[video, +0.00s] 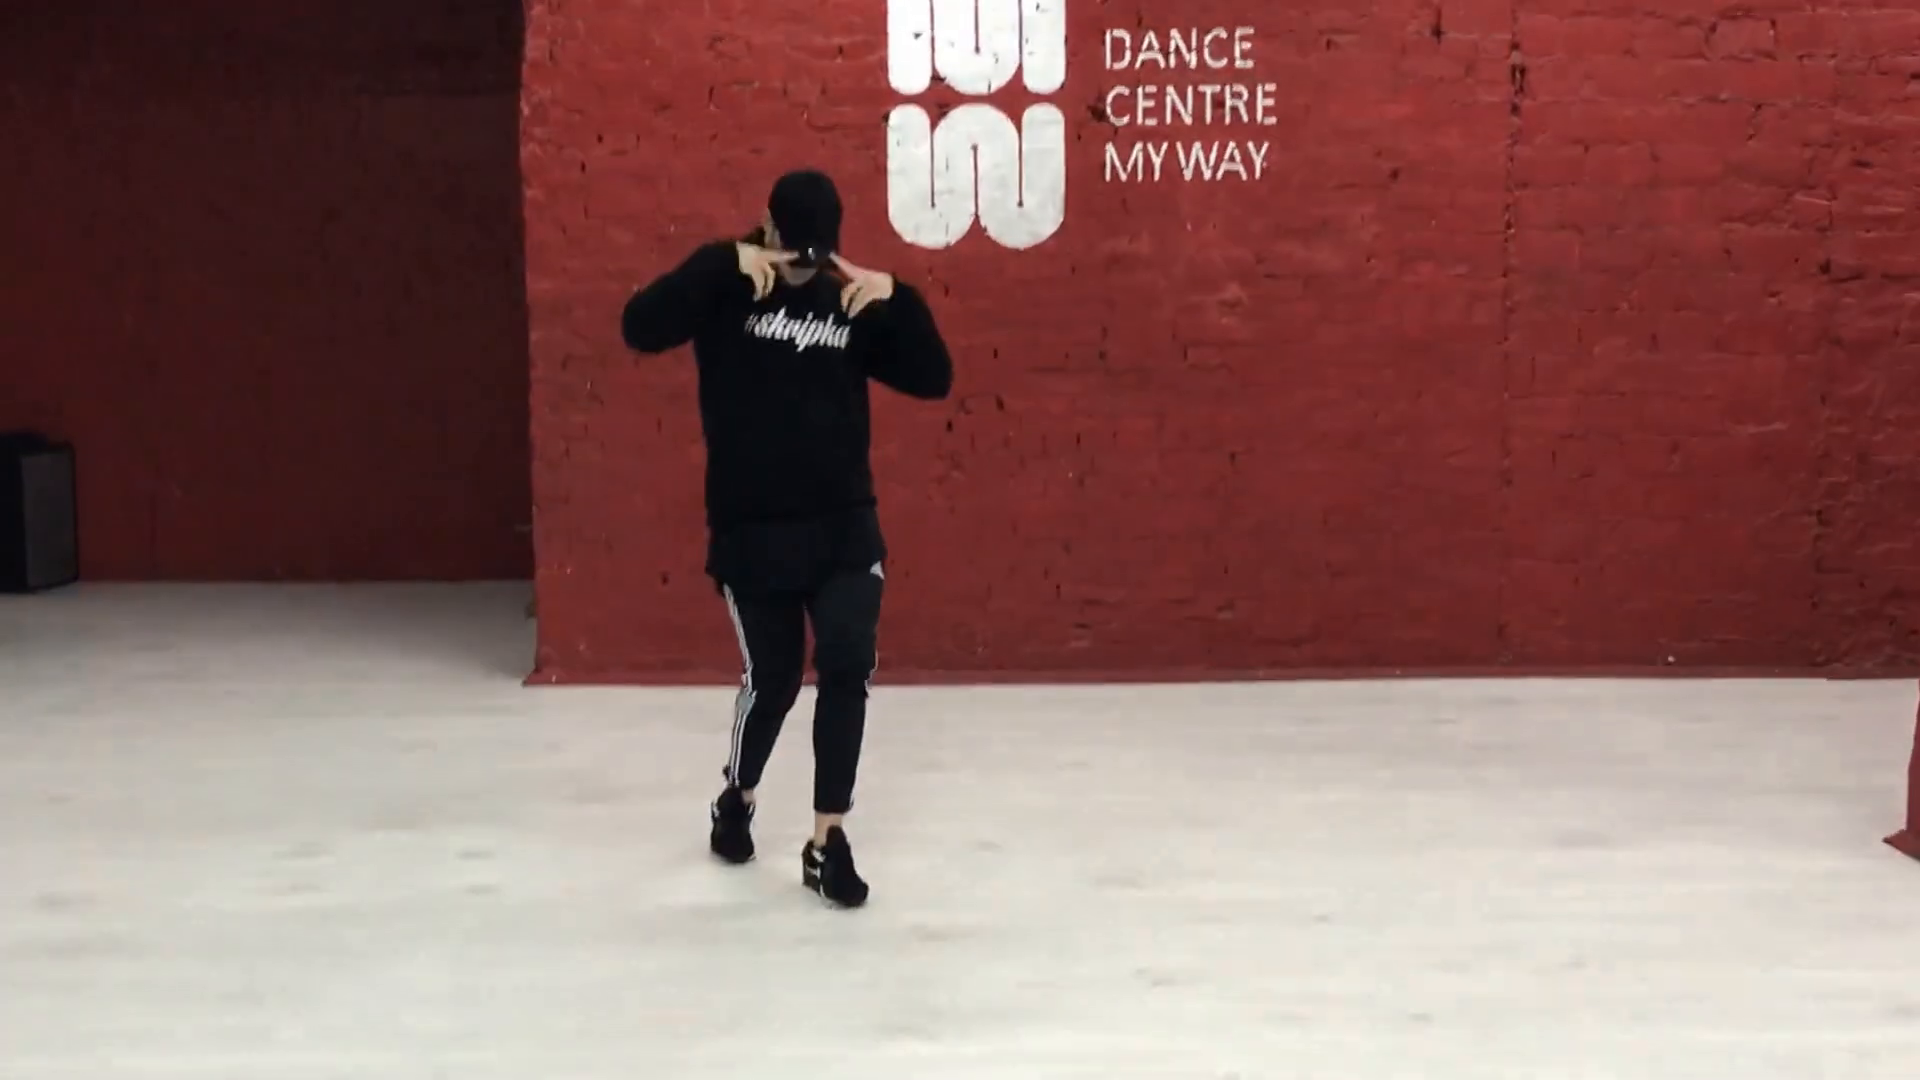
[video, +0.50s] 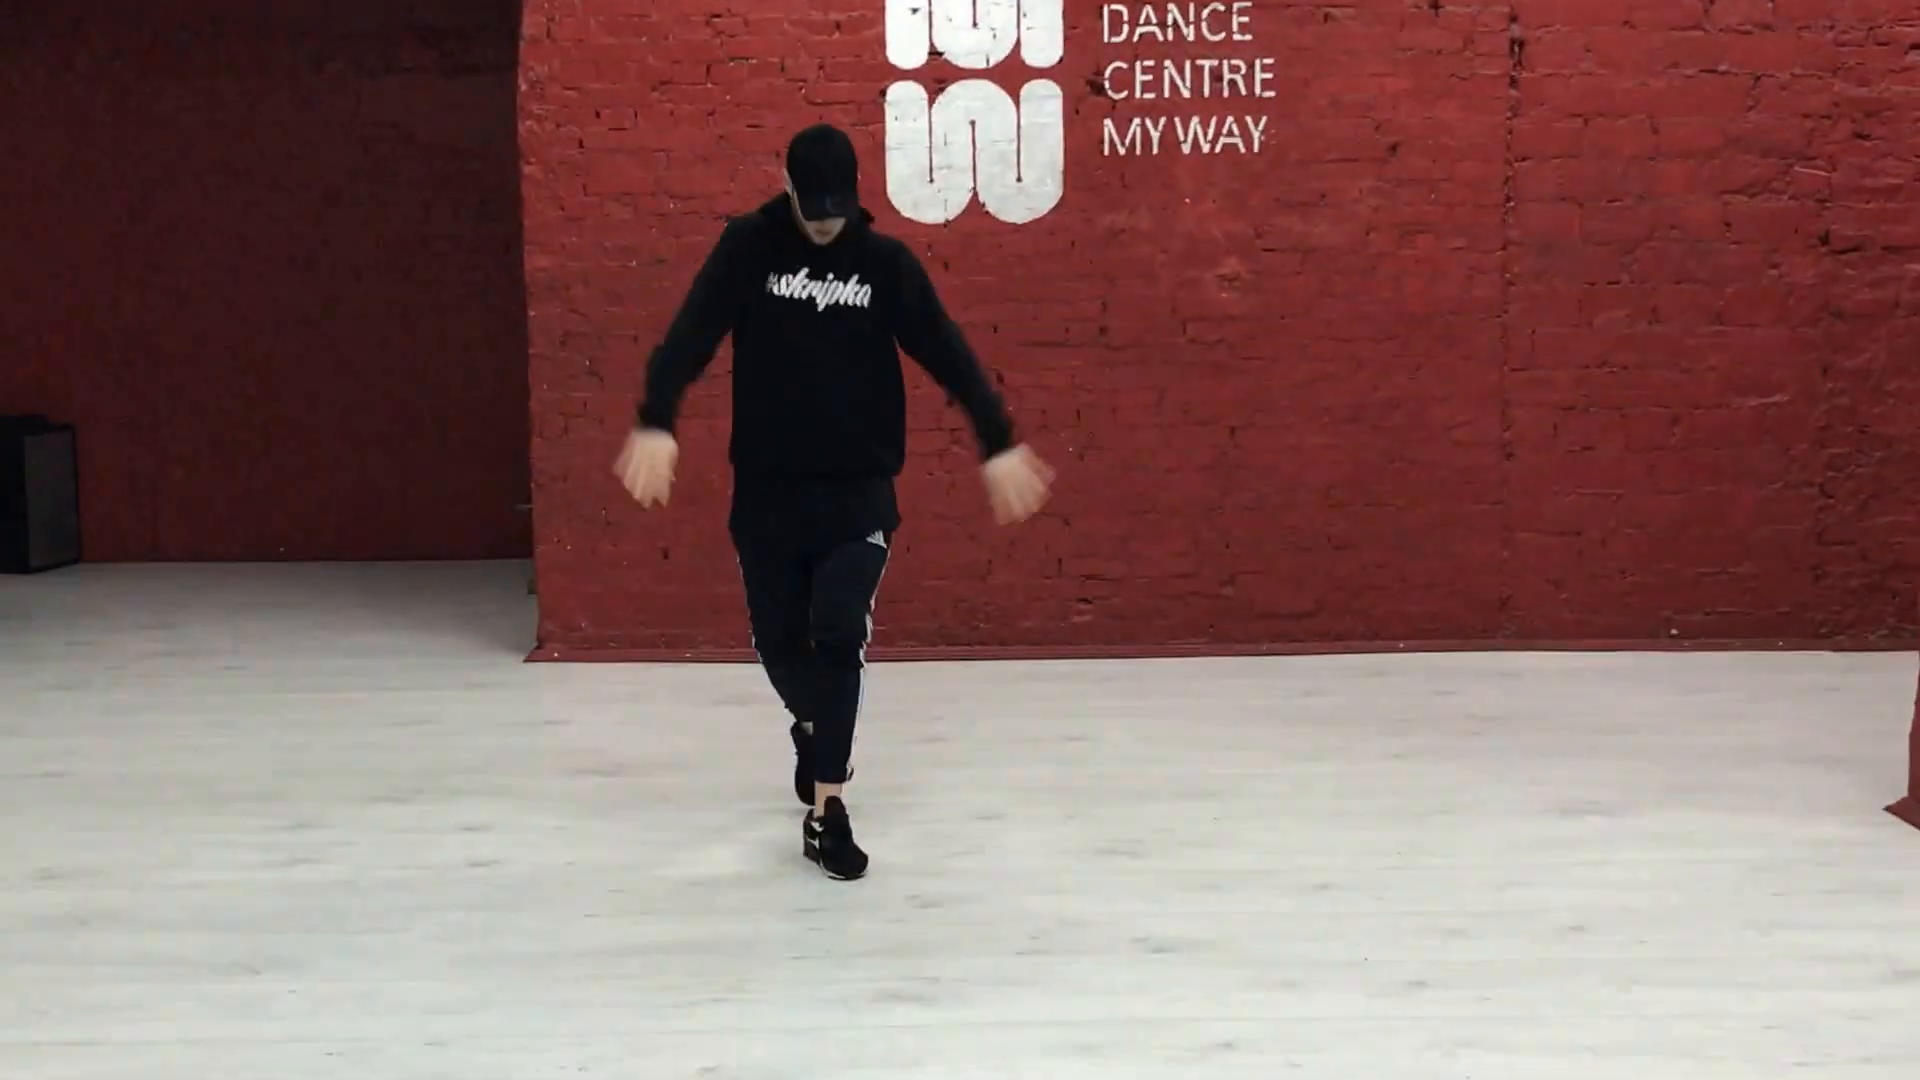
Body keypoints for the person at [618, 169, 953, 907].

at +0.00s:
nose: (802, 267)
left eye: (817, 256)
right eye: (793, 253)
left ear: (837, 247)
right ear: (768, 234)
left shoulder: (854, 304)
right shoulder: (722, 288)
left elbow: (932, 380)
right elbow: (640, 327)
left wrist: (895, 299)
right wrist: (725, 262)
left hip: (842, 522)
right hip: (752, 524)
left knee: (848, 674)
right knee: (774, 679)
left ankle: (828, 838)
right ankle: (736, 800)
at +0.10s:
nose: (817, 255)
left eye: (830, 243)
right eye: (806, 242)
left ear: (849, 228)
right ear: (778, 220)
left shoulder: (868, 285)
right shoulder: (728, 274)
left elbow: (948, 365)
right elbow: (640, 320)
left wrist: (937, 295)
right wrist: (711, 253)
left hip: (852, 510)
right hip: (764, 510)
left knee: (842, 665)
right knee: (775, 666)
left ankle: (827, 829)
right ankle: (747, 782)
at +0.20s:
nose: (822, 238)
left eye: (835, 227)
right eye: (811, 224)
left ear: (854, 210)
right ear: (785, 199)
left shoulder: (876, 263)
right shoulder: (739, 247)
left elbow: (962, 319)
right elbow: (639, 293)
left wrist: (982, 310)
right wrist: (676, 274)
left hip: (852, 496)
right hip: (763, 494)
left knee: (837, 657)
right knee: (776, 651)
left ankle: (828, 820)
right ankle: (766, 765)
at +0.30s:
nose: (829, 246)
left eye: (841, 234)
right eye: (818, 232)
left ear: (858, 217)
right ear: (789, 211)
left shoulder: (882, 267)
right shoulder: (746, 254)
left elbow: (955, 296)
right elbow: (682, 276)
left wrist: (1015, 320)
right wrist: (646, 295)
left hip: (856, 496)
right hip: (765, 494)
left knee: (847, 653)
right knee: (776, 660)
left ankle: (829, 816)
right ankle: (781, 752)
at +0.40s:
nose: (827, 250)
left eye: (839, 238)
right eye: (815, 236)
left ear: (857, 223)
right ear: (791, 216)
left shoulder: (884, 279)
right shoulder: (752, 263)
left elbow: (956, 325)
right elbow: (691, 304)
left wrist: (1037, 359)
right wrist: (633, 341)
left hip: (859, 501)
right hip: (766, 499)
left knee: (849, 651)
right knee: (775, 662)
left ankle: (828, 810)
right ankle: (794, 740)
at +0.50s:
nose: (823, 227)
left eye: (834, 215)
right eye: (811, 214)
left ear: (854, 199)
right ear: (789, 194)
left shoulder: (887, 264)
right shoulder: (748, 247)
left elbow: (949, 355)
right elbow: (692, 334)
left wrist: (998, 442)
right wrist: (657, 419)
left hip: (858, 487)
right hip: (766, 485)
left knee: (840, 633)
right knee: (779, 647)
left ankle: (827, 801)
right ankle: (813, 722)